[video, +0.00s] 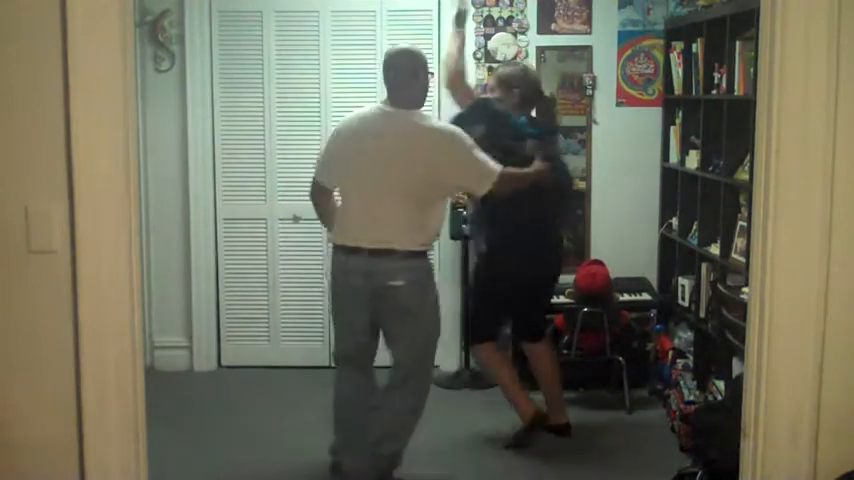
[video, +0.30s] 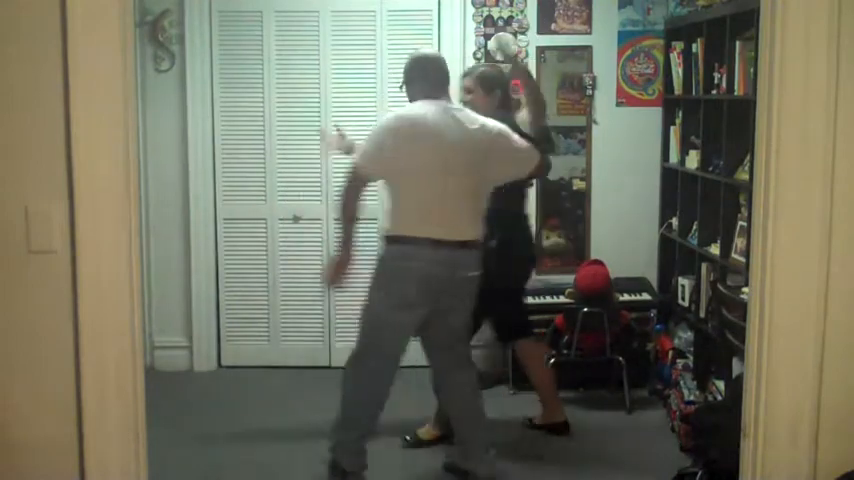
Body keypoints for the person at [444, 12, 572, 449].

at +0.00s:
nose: (486, 90)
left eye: (493, 86)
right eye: (490, 84)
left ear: (508, 94)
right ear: (530, 98)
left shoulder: (486, 119)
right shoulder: (544, 132)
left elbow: (454, 80)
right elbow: (560, 189)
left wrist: (457, 26)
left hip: (500, 247)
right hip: (546, 245)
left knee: (482, 336)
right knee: (533, 330)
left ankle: (527, 412)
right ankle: (558, 416)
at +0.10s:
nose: (489, 93)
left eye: (494, 86)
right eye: (492, 86)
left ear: (505, 90)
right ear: (527, 91)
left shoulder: (501, 120)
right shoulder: (536, 126)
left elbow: (480, 71)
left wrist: (469, 24)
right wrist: (477, 191)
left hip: (512, 245)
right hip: (543, 243)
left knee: (461, 321)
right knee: (532, 326)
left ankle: (501, 400)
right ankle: (555, 416)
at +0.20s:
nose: (474, 98)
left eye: (481, 91)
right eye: (473, 91)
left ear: (503, 95)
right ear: (479, 95)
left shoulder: (520, 127)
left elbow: (510, 78)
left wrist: (492, 35)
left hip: (515, 241)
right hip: (513, 240)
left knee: (460, 323)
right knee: (528, 328)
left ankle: (453, 419)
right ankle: (555, 415)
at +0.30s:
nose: (463, 99)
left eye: (469, 92)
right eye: (463, 93)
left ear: (492, 94)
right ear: (494, 96)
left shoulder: (488, 135)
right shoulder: (516, 133)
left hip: (493, 242)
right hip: (511, 241)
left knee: (455, 333)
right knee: (517, 329)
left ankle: (442, 421)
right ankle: (554, 412)